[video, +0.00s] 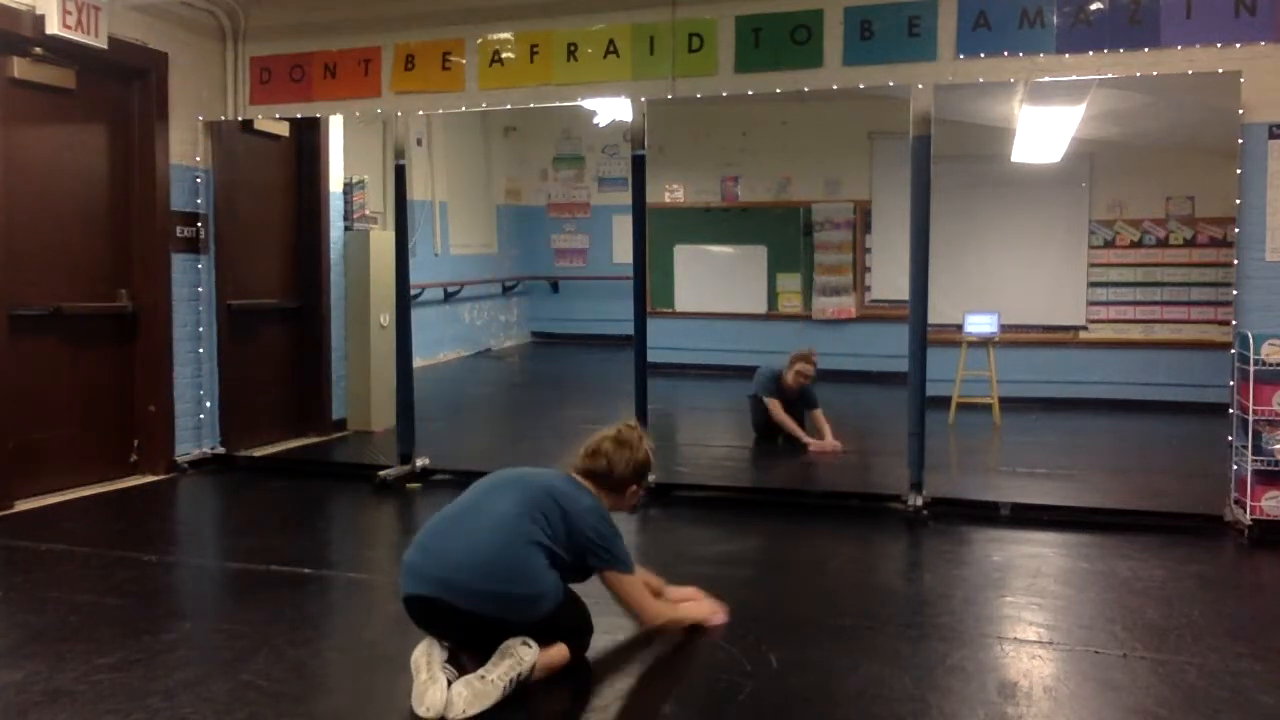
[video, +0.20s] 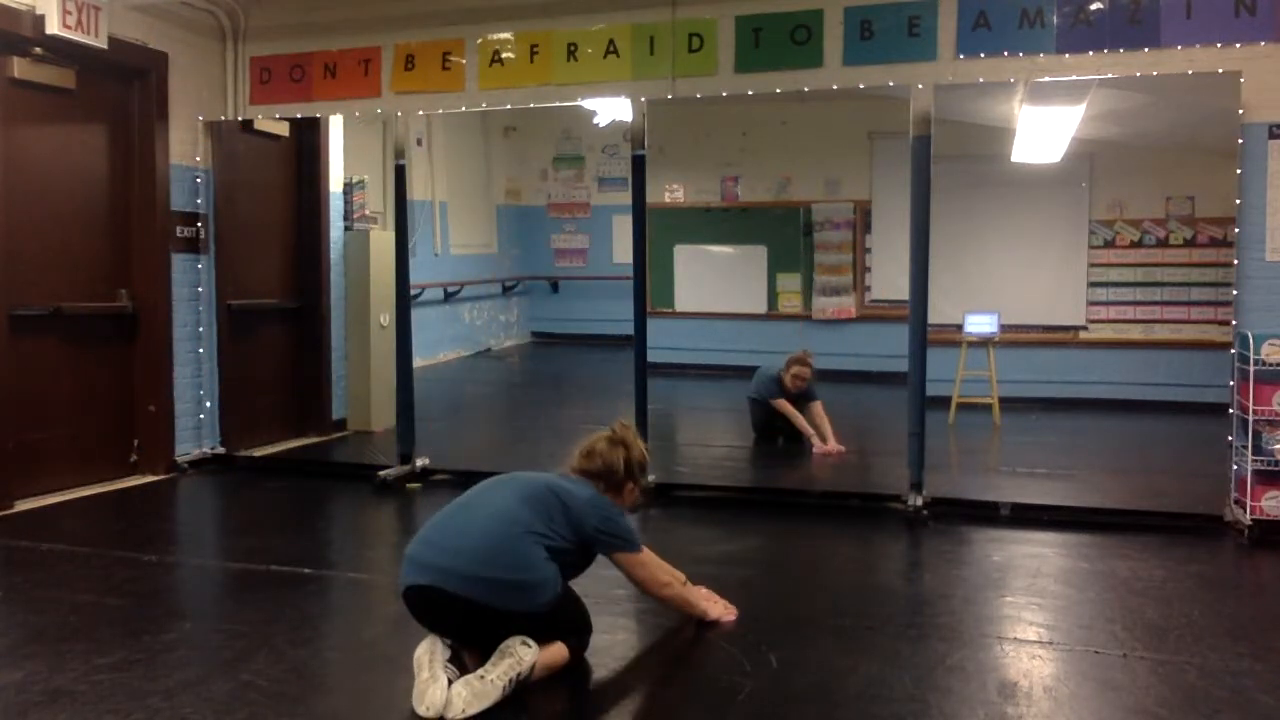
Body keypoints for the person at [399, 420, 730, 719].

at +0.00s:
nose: (642, 494)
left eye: (644, 486)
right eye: (643, 487)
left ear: (584, 464)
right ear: (630, 491)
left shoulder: (532, 483)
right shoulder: (590, 515)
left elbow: (606, 558)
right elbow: (649, 616)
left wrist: (667, 590)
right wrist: (691, 613)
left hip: (421, 583)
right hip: (504, 585)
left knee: (492, 645)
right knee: (574, 635)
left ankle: (439, 658)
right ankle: (519, 664)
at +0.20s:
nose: (633, 503)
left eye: (636, 496)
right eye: (635, 495)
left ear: (580, 468)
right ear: (625, 489)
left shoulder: (534, 487)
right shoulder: (597, 507)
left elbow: (632, 553)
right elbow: (659, 584)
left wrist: (678, 580)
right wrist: (705, 607)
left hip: (422, 578)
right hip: (504, 578)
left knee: (494, 644)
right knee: (572, 634)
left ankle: (444, 658)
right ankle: (522, 662)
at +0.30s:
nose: (629, 464)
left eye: (629, 455)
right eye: (627, 454)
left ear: (571, 446)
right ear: (613, 453)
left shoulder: (532, 477)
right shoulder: (597, 488)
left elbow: (623, 550)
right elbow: (652, 553)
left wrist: (678, 587)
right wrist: (707, 599)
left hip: (422, 584)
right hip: (508, 584)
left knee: (490, 648)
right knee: (573, 635)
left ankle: (441, 659)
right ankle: (519, 664)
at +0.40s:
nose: (614, 426)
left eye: (614, 416)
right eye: (614, 416)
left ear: (552, 417)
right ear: (604, 420)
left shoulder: (520, 457)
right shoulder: (596, 466)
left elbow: (607, 541)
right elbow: (649, 544)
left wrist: (652, 585)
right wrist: (684, 591)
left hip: (427, 583)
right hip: (512, 583)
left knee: (490, 647)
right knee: (574, 636)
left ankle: (445, 659)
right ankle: (522, 665)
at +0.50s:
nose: (601, 387)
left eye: (599, 379)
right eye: (599, 379)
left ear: (535, 391)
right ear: (590, 387)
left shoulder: (507, 437)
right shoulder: (592, 447)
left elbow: (560, 534)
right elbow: (631, 544)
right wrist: (649, 604)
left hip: (436, 586)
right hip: (523, 587)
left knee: (488, 649)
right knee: (576, 637)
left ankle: (444, 658)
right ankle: (529, 663)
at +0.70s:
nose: (575, 362)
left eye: (573, 353)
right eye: (573, 353)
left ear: (511, 368)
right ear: (566, 362)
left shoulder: (480, 427)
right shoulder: (584, 438)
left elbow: (468, 515)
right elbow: (591, 546)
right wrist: (578, 593)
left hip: (442, 612)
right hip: (533, 617)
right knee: (581, 623)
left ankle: (449, 675)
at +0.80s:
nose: (563, 356)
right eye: (561, 349)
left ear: (500, 364)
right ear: (555, 356)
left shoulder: (471, 427)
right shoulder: (581, 436)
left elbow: (450, 522)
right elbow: (586, 537)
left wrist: (479, 567)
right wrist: (543, 572)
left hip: (445, 617)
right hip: (537, 622)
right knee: (583, 628)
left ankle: (441, 669)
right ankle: (506, 687)